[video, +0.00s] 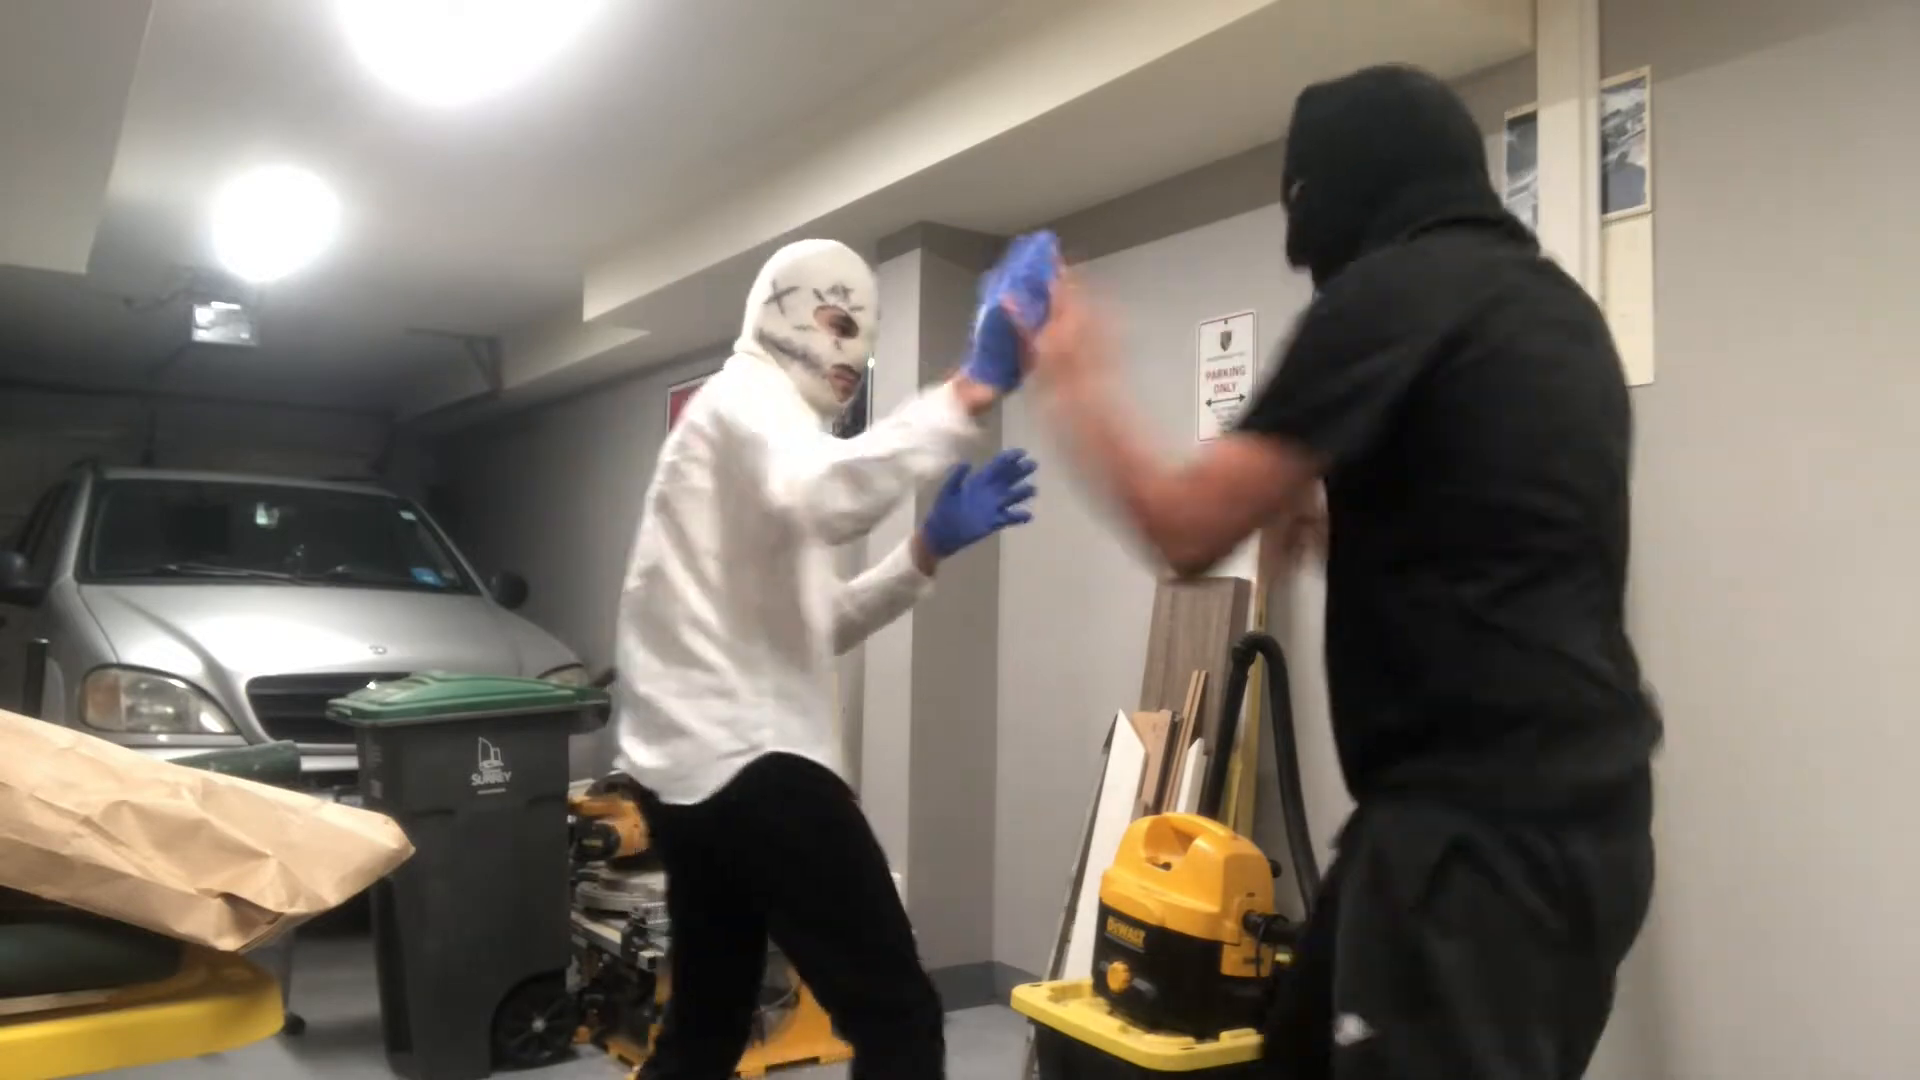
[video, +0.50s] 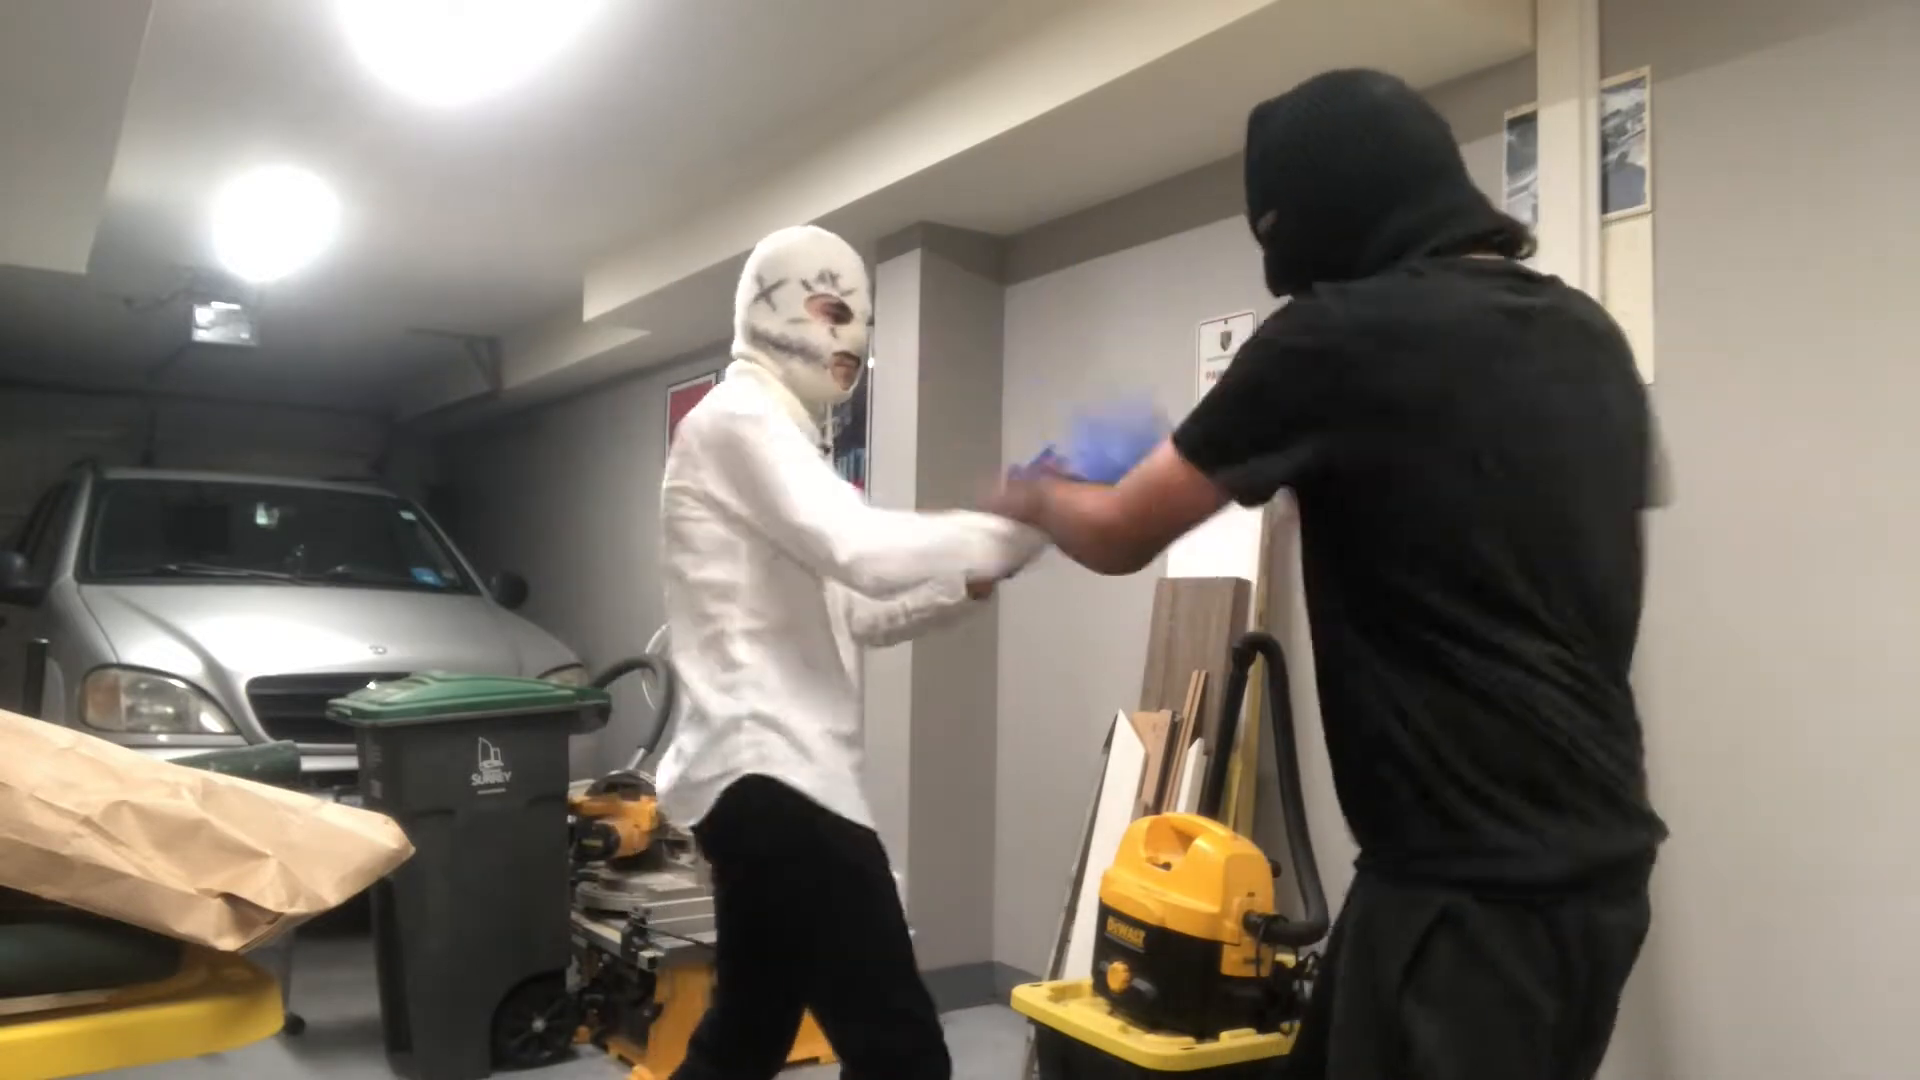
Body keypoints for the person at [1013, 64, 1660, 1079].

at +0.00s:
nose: (1293, 220)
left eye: (1301, 188)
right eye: (1293, 192)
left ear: (1352, 176)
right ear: (1447, 166)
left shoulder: (1395, 294)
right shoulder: (1556, 303)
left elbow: (1182, 522)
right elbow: (1508, 531)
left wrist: (1075, 375)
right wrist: (1335, 526)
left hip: (1461, 840)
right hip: (1579, 825)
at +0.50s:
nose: (1268, 248)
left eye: (1269, 219)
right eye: (1263, 221)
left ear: (1310, 207)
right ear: (1431, 173)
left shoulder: (1331, 337)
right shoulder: (1584, 329)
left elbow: (1115, 533)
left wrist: (1040, 495)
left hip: (1449, 894)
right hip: (1599, 883)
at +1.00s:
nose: (1119, 317)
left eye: (1123, 277)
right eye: (1106, 286)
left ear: (1199, 241)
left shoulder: (1415, 360)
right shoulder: (1218, 385)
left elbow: (1443, 681)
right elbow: (1225, 644)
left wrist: (1205, 535)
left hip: (1393, 911)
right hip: (1204, 883)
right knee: (1107, 1060)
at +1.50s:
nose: (1062, 261)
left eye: (1071, 226)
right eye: (1058, 232)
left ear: (1142, 206)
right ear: (1152, 208)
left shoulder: (1277, 316)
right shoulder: (1194, 338)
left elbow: (1173, 595)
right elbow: (1109, 532)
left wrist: (1065, 467)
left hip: (1243, 834)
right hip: (1127, 809)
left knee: (1222, 1063)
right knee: (1024, 1052)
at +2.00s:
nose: (1167, 349)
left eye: (1157, 311)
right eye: (1149, 320)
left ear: (1192, 264)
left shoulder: (1318, 251)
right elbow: (1285, 542)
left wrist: (1172, 583)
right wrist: (1112, 544)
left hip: (1452, 821)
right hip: (1367, 810)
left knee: (1407, 1062)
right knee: (1241, 1062)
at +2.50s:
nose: (1221, 326)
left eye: (1217, 293)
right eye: (1207, 301)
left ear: (1267, 243)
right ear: (1314, 213)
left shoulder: (1370, 270)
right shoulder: (1431, 268)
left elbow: (1318, 554)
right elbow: (1363, 536)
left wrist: (1169, 513)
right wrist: (1222, 504)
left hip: (1469, 824)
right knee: (1298, 1061)